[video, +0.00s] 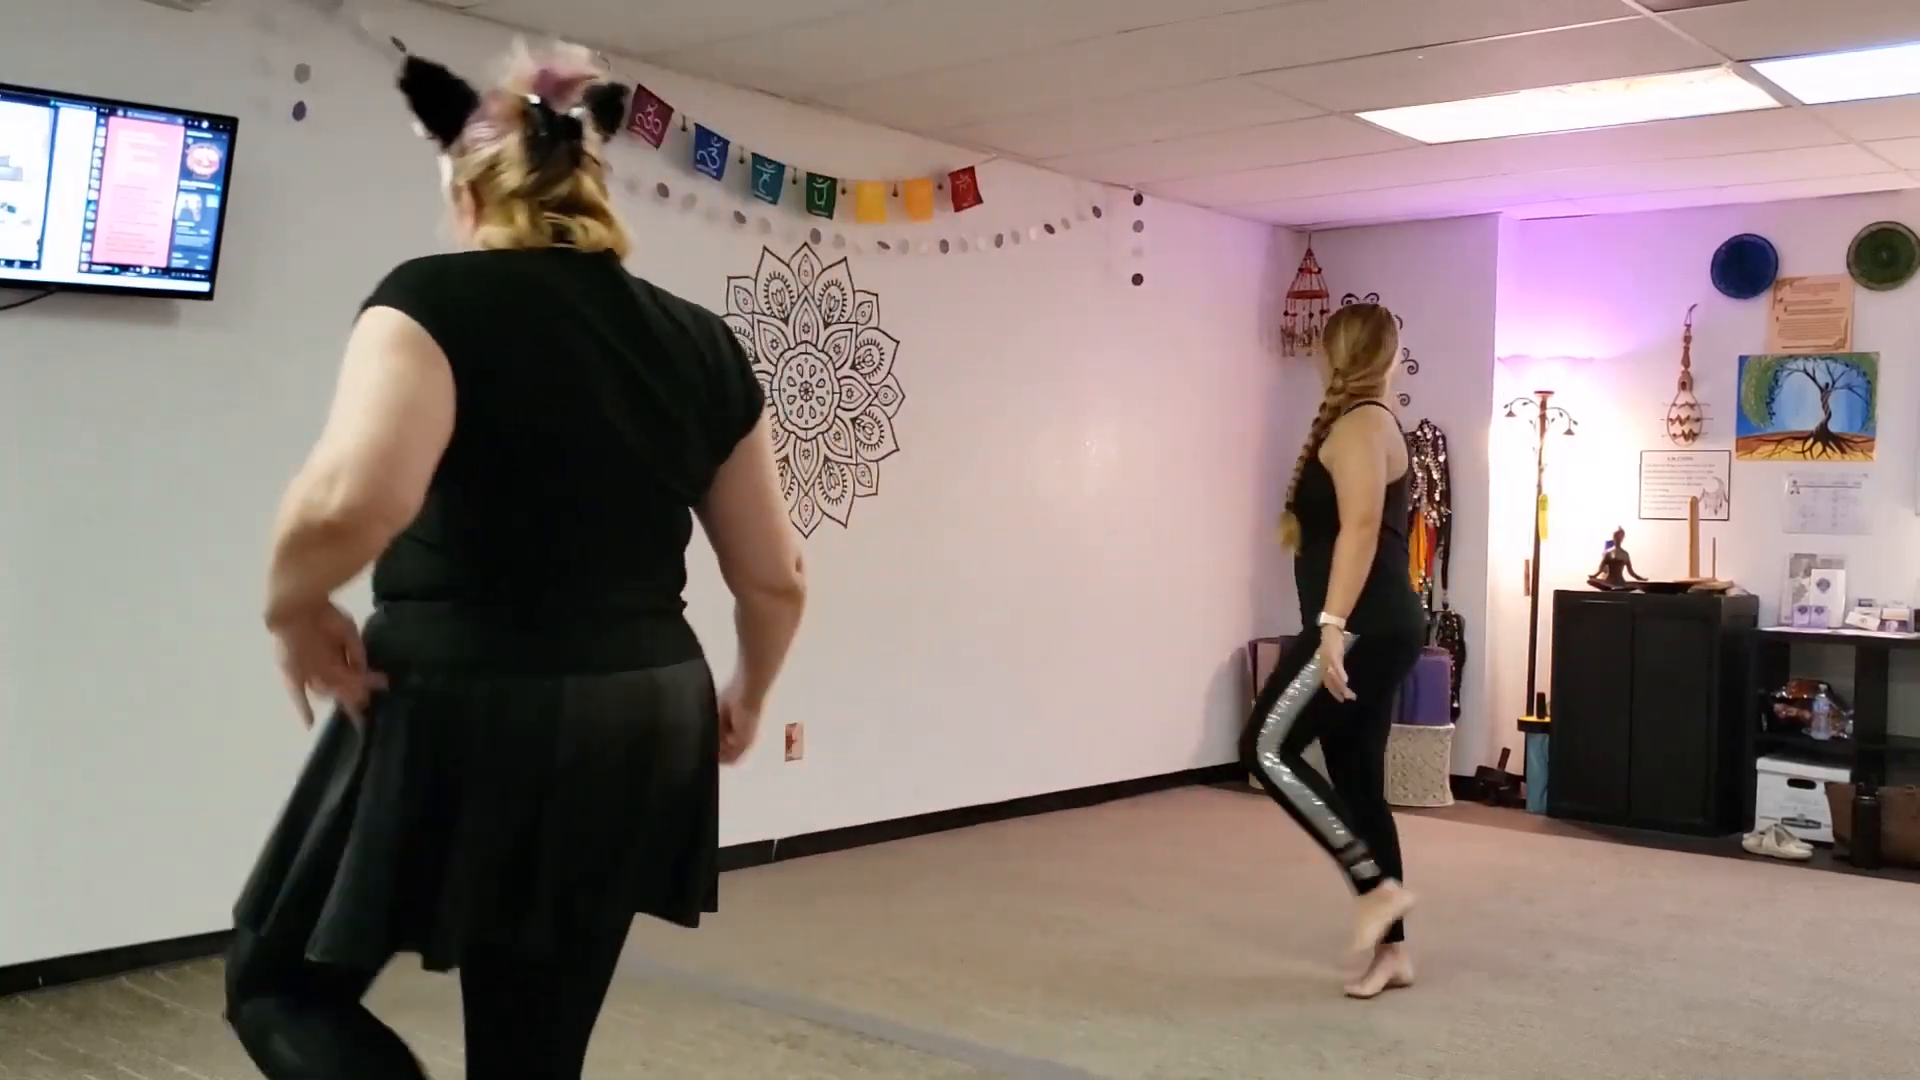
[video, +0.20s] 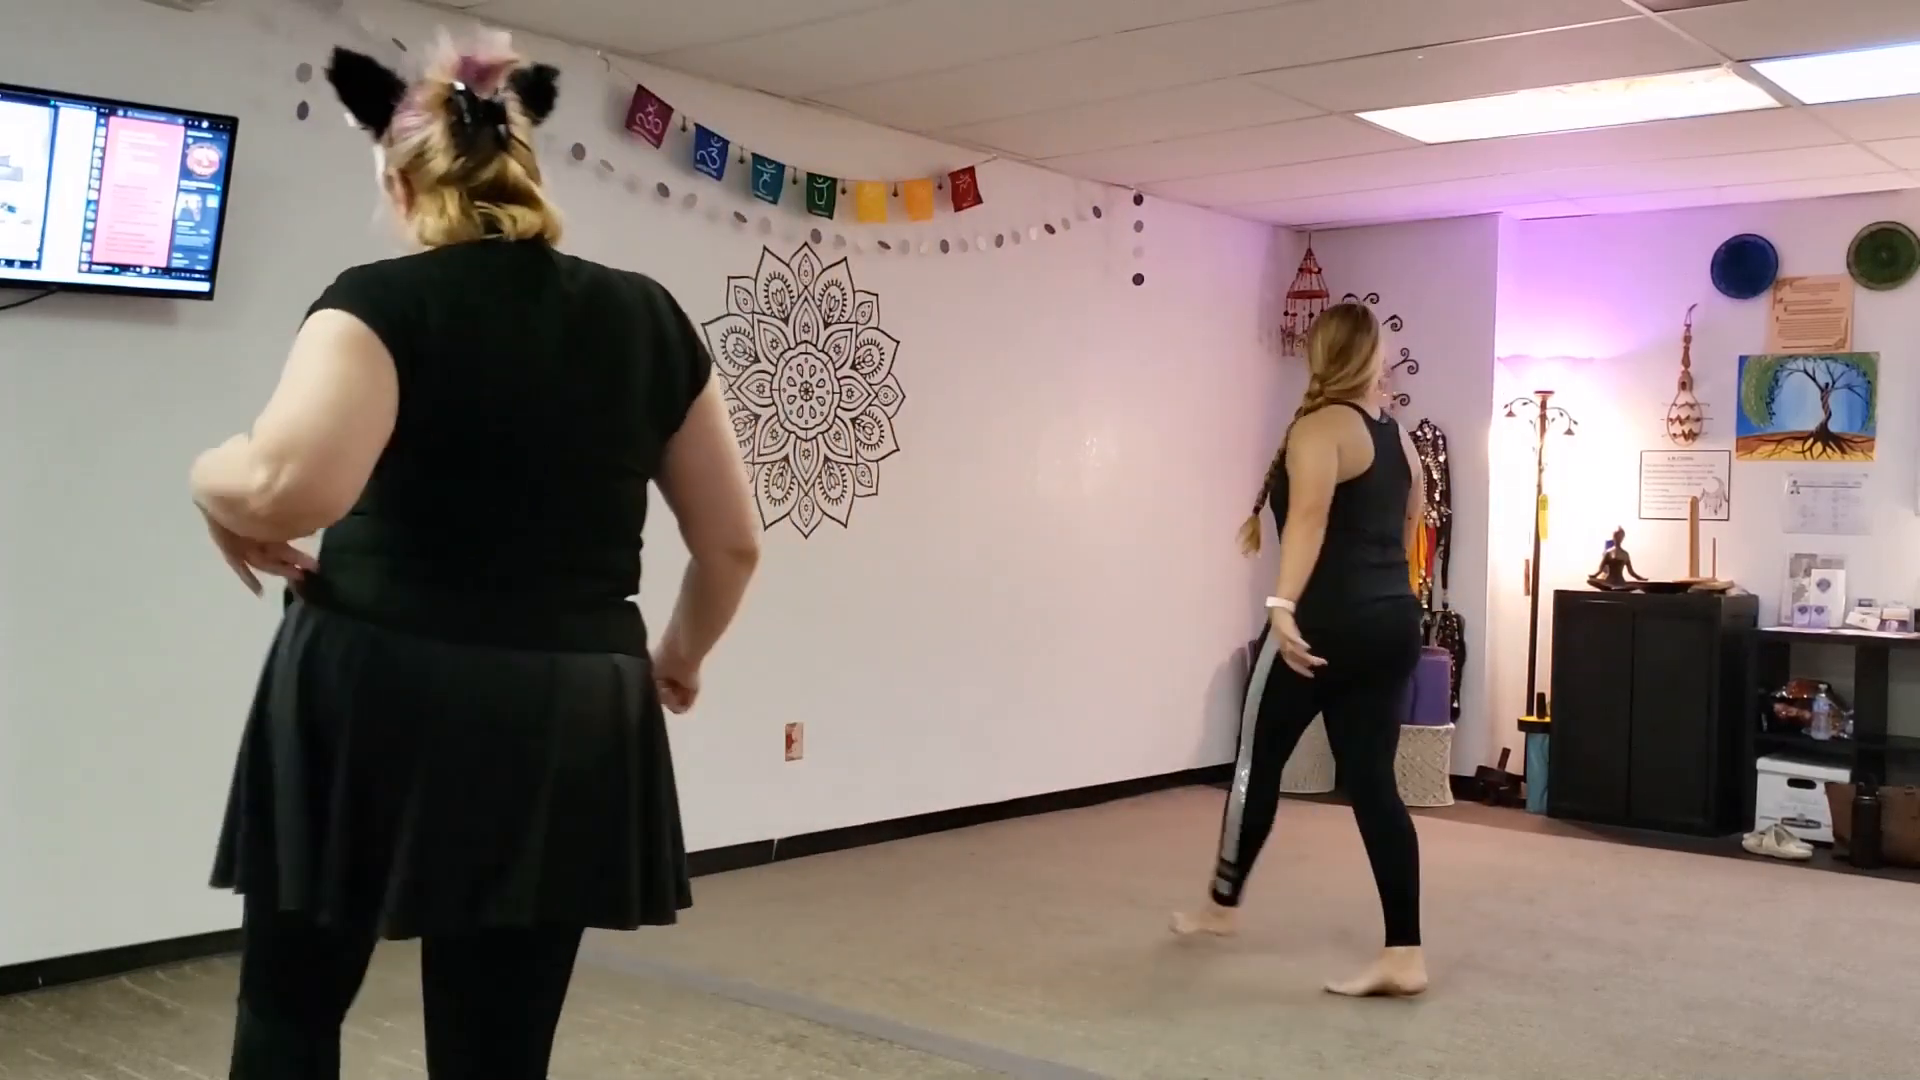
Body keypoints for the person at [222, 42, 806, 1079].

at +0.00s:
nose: (449, 222)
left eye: (451, 204)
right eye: (450, 205)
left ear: (469, 199)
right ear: (591, 194)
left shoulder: (435, 298)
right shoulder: (697, 340)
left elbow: (359, 498)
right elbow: (773, 578)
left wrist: (297, 605)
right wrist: (751, 692)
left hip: (453, 715)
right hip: (643, 720)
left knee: (279, 982)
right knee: (533, 1047)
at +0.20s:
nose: (384, 212)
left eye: (386, 191)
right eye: (385, 190)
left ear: (407, 187)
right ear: (526, 174)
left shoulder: (381, 301)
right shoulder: (645, 318)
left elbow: (295, 494)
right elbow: (730, 543)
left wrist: (213, 479)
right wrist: (681, 654)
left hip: (370, 699)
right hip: (574, 717)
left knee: (289, 1020)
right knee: (497, 1051)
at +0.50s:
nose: (301, 225)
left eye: (301, 205)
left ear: (318, 208)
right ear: (445, 199)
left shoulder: (277, 345)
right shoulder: (550, 345)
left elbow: (171, 575)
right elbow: (624, 572)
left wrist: (90, 412)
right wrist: (597, 653)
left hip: (290, 722)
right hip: (477, 726)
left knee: (252, 1050)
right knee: (451, 1055)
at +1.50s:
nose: (510, 291)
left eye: (511, 270)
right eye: (502, 269)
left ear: (413, 265)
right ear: (441, 268)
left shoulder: (317, 362)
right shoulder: (460, 367)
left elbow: (308, 519)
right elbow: (473, 543)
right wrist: (539, 722)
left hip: (307, 678)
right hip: (440, 694)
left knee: (305, 977)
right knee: (478, 967)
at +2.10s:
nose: (671, 310)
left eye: (673, 291)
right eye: (655, 287)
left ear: (584, 286)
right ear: (584, 283)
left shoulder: (533, 364)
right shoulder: (555, 370)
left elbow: (482, 539)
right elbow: (540, 533)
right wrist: (686, 627)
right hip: (567, 659)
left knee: (696, 840)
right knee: (576, 914)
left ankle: (501, 953)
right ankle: (507, 1073)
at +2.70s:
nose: (829, 299)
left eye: (836, 282)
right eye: (811, 277)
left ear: (831, 289)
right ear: (745, 279)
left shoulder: (786, 386)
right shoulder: (707, 373)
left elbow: (776, 529)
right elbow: (660, 536)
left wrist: (837, 613)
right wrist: (762, 627)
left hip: (826, 675)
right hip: (756, 680)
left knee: (810, 910)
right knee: (715, 925)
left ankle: (817, 1078)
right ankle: (569, 1075)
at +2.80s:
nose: (856, 301)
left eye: (862, 285)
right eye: (838, 280)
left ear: (858, 292)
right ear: (772, 284)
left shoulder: (811, 390)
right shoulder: (735, 375)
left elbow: (821, 531)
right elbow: (682, 534)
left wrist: (881, 628)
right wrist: (767, 646)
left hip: (852, 675)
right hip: (782, 681)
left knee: (823, 914)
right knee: (758, 920)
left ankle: (821, 1079)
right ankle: (585, 1072)